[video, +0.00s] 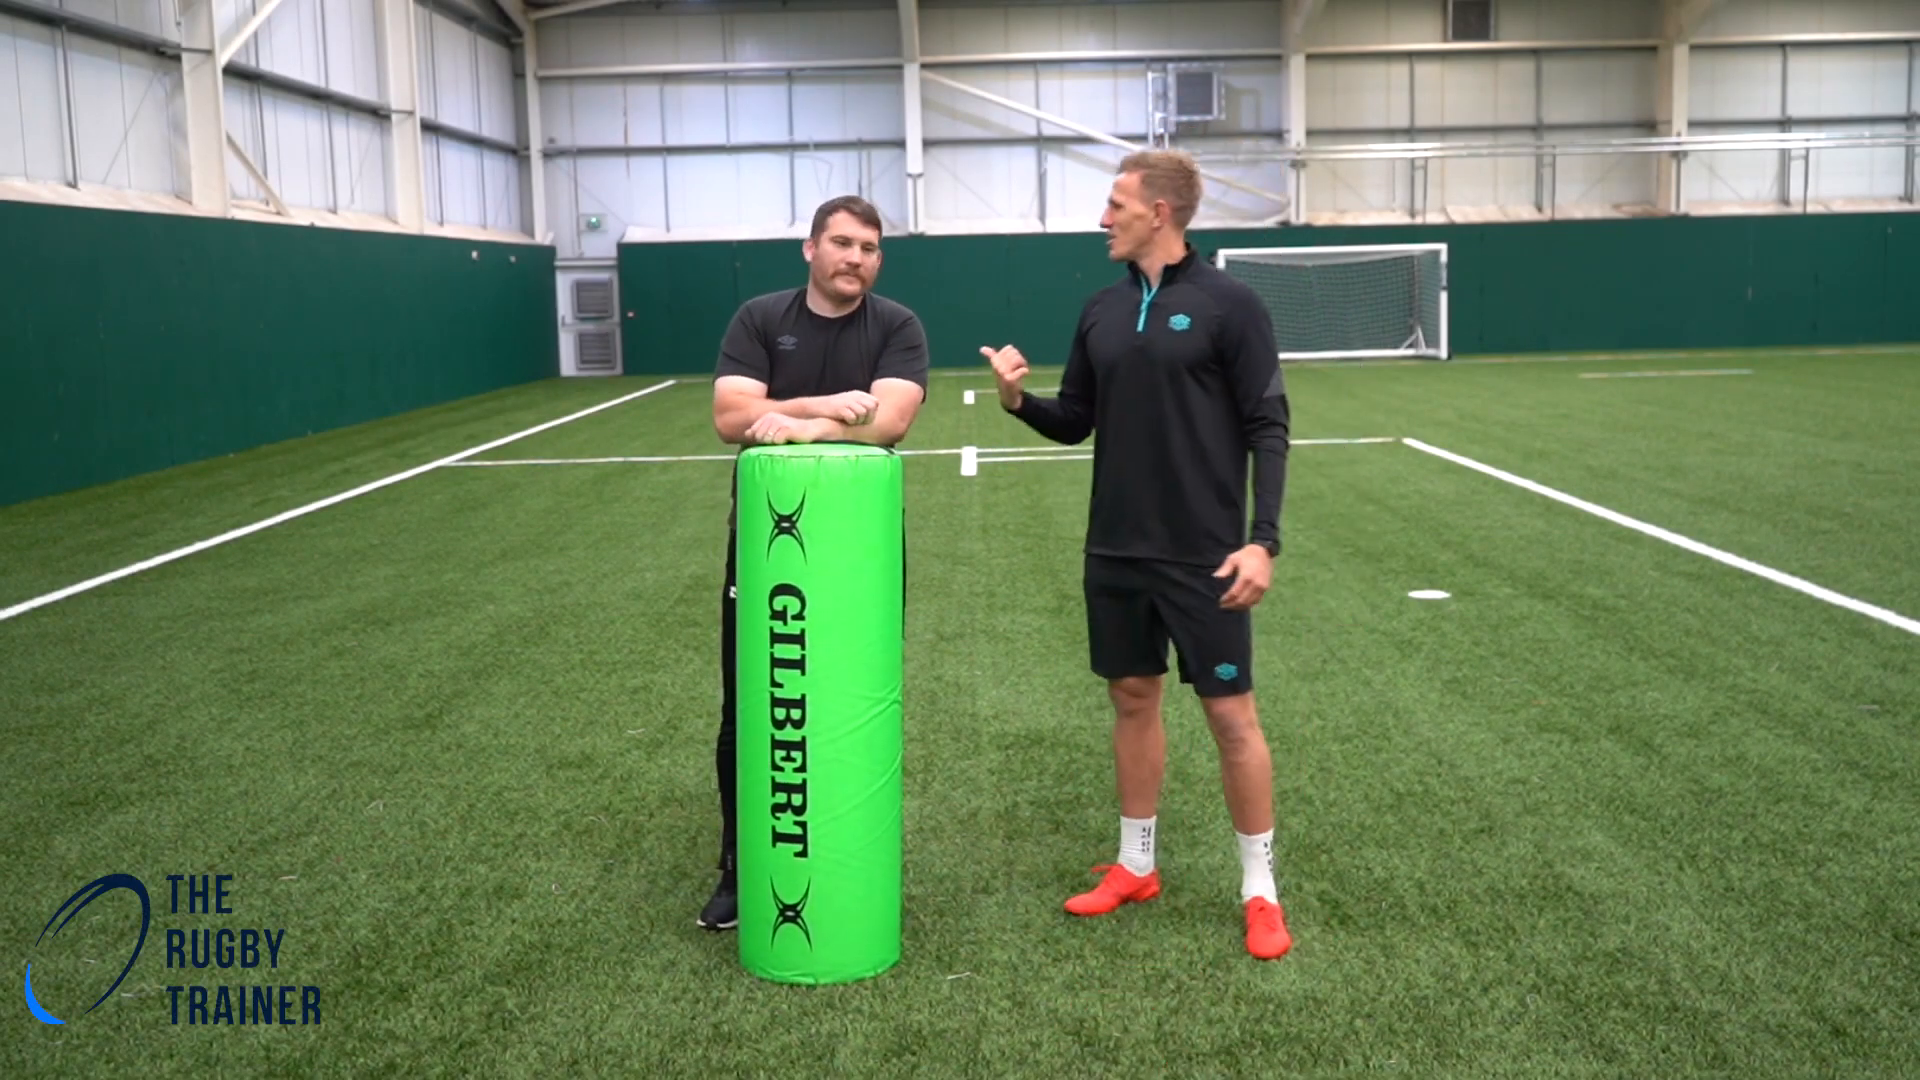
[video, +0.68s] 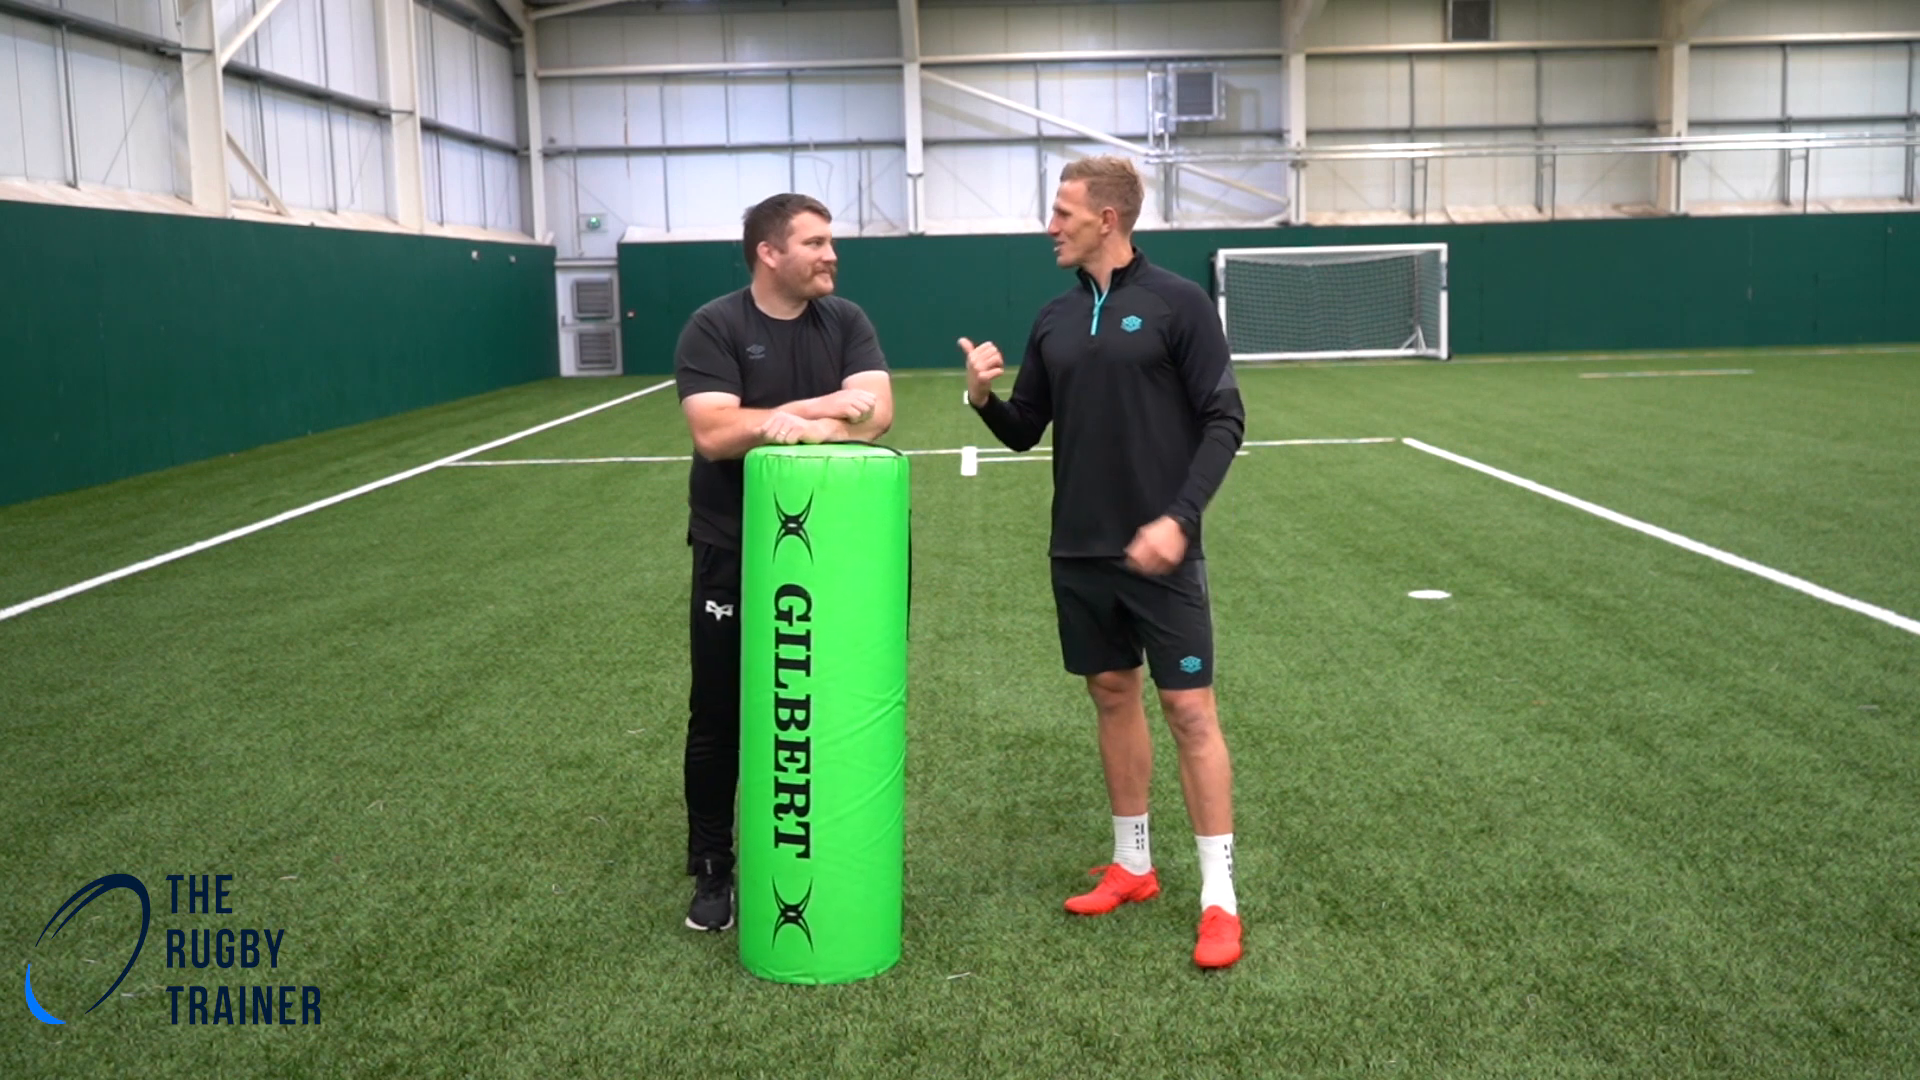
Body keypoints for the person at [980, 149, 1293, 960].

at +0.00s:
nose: (1104, 217)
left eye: (1118, 206)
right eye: (1108, 204)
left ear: (1163, 215)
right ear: (1144, 215)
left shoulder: (1231, 305)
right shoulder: (1102, 310)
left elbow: (1269, 428)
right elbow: (1072, 423)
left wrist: (1263, 540)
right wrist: (1018, 396)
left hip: (1203, 548)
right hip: (1117, 545)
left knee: (1231, 716)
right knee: (1131, 697)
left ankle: (1259, 887)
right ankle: (1136, 867)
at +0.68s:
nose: (1050, 226)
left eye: (1063, 214)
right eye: (1053, 212)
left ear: (1109, 222)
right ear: (1093, 221)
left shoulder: (1180, 305)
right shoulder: (1056, 316)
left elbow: (1225, 421)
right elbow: (1023, 430)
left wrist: (1179, 517)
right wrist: (986, 397)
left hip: (1163, 546)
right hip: (1081, 545)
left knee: (1189, 707)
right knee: (1112, 693)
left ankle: (1218, 895)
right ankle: (1132, 865)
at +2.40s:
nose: (1064, 226)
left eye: (1077, 215)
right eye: (1066, 212)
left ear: (1123, 223)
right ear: (1102, 222)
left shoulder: (1183, 307)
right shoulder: (1061, 318)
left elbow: (1196, 429)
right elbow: (1014, 431)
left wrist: (1114, 504)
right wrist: (1007, 382)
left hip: (1167, 546)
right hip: (1086, 544)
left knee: (1193, 708)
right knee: (1112, 693)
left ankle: (1222, 896)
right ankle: (1133, 867)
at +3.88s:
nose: (1061, 228)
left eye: (1075, 216)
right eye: (1063, 214)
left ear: (1123, 222)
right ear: (1090, 221)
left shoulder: (1185, 306)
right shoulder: (1056, 317)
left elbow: (1209, 424)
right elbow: (1033, 426)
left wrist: (1097, 431)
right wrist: (1028, 429)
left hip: (1168, 548)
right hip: (1085, 548)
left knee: (1196, 709)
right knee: (1111, 697)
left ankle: (1224, 896)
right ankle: (1134, 867)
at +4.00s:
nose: (1058, 228)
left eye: (1072, 216)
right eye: (1059, 214)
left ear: (1120, 223)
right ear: (1087, 221)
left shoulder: (1183, 306)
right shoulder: (1053, 318)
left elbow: (1206, 424)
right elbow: (1030, 428)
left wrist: (1095, 434)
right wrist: (1027, 431)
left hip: (1167, 549)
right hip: (1083, 549)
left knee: (1196, 709)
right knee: (1111, 697)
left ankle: (1224, 896)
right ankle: (1134, 867)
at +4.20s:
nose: (1056, 228)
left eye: (1069, 215)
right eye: (1057, 214)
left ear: (1117, 222)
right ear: (1085, 221)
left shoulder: (1180, 308)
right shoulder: (1049, 318)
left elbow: (1201, 427)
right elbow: (1026, 427)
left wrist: (1089, 444)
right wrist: (1021, 437)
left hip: (1163, 551)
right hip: (1079, 551)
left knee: (1193, 709)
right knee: (1109, 698)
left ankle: (1223, 897)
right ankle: (1134, 868)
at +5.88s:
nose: (1046, 228)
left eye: (1058, 216)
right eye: (1047, 214)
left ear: (1107, 225)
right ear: (1075, 222)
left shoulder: (1174, 309)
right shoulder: (1043, 318)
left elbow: (1217, 431)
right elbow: (1029, 432)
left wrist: (1228, 547)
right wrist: (1009, 531)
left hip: (1167, 550)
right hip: (1079, 552)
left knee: (1193, 712)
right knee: (1109, 700)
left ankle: (1223, 898)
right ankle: (1134, 869)